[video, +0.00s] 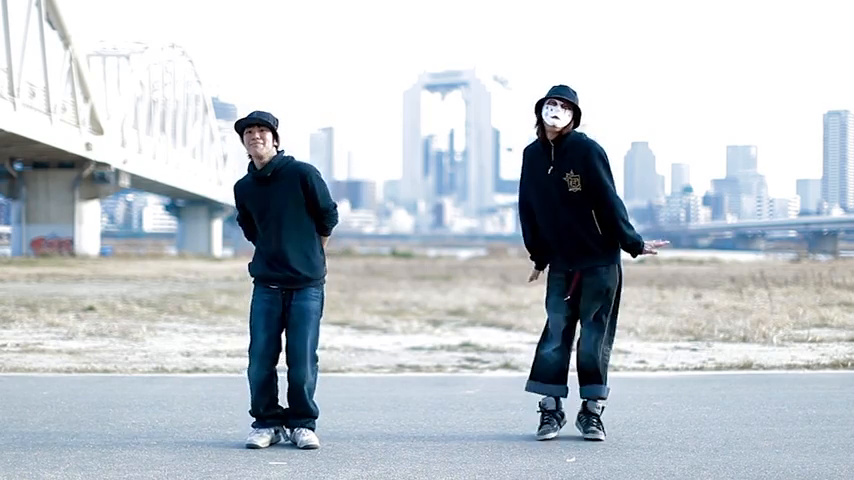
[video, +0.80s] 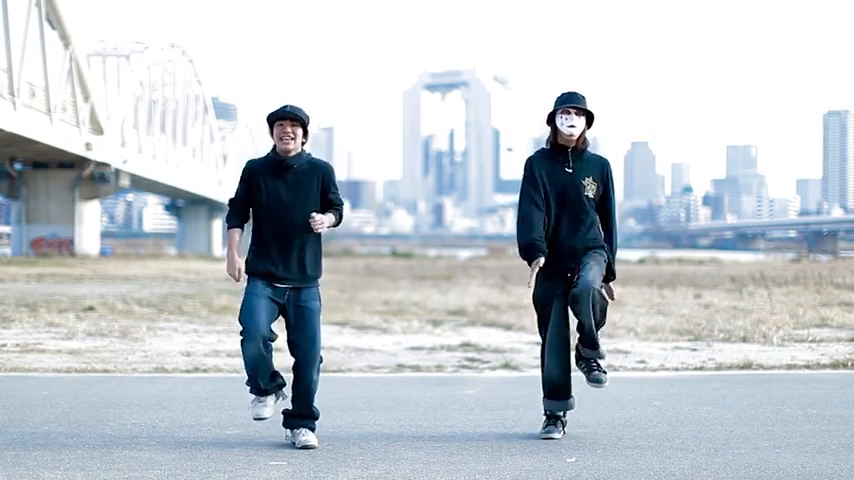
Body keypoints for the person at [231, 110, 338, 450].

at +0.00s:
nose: (256, 139)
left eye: (261, 133)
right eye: (249, 135)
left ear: (274, 137)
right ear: (244, 143)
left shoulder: (303, 173)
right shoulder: (243, 187)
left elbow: (328, 216)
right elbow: (250, 230)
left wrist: (314, 245)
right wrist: (277, 246)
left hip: (306, 282)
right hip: (266, 283)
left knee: (301, 356)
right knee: (259, 356)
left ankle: (302, 425)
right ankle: (266, 424)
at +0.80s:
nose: (287, 134)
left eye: (293, 129)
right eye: (281, 129)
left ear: (303, 134)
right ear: (272, 134)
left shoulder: (320, 171)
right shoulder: (255, 170)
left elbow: (336, 210)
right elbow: (236, 212)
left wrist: (327, 219)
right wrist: (232, 252)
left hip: (305, 280)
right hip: (263, 277)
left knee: (309, 355)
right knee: (253, 333)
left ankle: (302, 424)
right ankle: (266, 388)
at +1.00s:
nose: (276, 125)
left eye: (283, 120)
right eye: (271, 119)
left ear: (294, 127)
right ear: (262, 124)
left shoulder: (310, 168)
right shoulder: (250, 165)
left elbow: (320, 218)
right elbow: (242, 217)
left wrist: (328, 259)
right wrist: (235, 204)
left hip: (303, 273)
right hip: (260, 272)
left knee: (303, 352)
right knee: (251, 346)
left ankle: (303, 422)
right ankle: (269, 388)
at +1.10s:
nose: (271, 141)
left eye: (278, 136)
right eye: (266, 134)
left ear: (290, 141)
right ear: (258, 138)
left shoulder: (307, 178)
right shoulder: (246, 181)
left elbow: (332, 216)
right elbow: (233, 230)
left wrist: (324, 258)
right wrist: (232, 190)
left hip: (298, 285)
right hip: (257, 287)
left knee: (301, 358)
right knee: (256, 360)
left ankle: (302, 424)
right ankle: (260, 425)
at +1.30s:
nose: (277, 128)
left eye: (283, 124)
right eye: (271, 124)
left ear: (294, 132)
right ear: (261, 131)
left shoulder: (309, 171)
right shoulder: (245, 165)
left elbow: (335, 215)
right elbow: (222, 195)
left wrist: (335, 204)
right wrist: (208, 210)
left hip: (296, 259)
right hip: (257, 266)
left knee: (307, 280)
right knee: (255, 345)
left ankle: (291, 338)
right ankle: (262, 420)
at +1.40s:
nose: (281, 123)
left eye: (287, 118)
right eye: (274, 118)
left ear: (298, 125)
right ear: (265, 125)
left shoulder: (311, 164)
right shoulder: (250, 157)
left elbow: (320, 210)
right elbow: (223, 198)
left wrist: (330, 180)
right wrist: (206, 235)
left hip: (297, 255)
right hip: (257, 259)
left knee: (302, 296)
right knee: (255, 340)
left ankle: (294, 353)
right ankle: (259, 418)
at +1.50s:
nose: (283, 128)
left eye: (290, 122)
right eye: (278, 121)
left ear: (300, 128)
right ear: (267, 125)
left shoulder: (312, 168)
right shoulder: (248, 160)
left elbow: (321, 217)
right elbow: (231, 206)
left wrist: (333, 191)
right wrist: (221, 247)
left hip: (297, 268)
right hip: (257, 268)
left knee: (293, 343)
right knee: (256, 345)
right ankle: (261, 420)